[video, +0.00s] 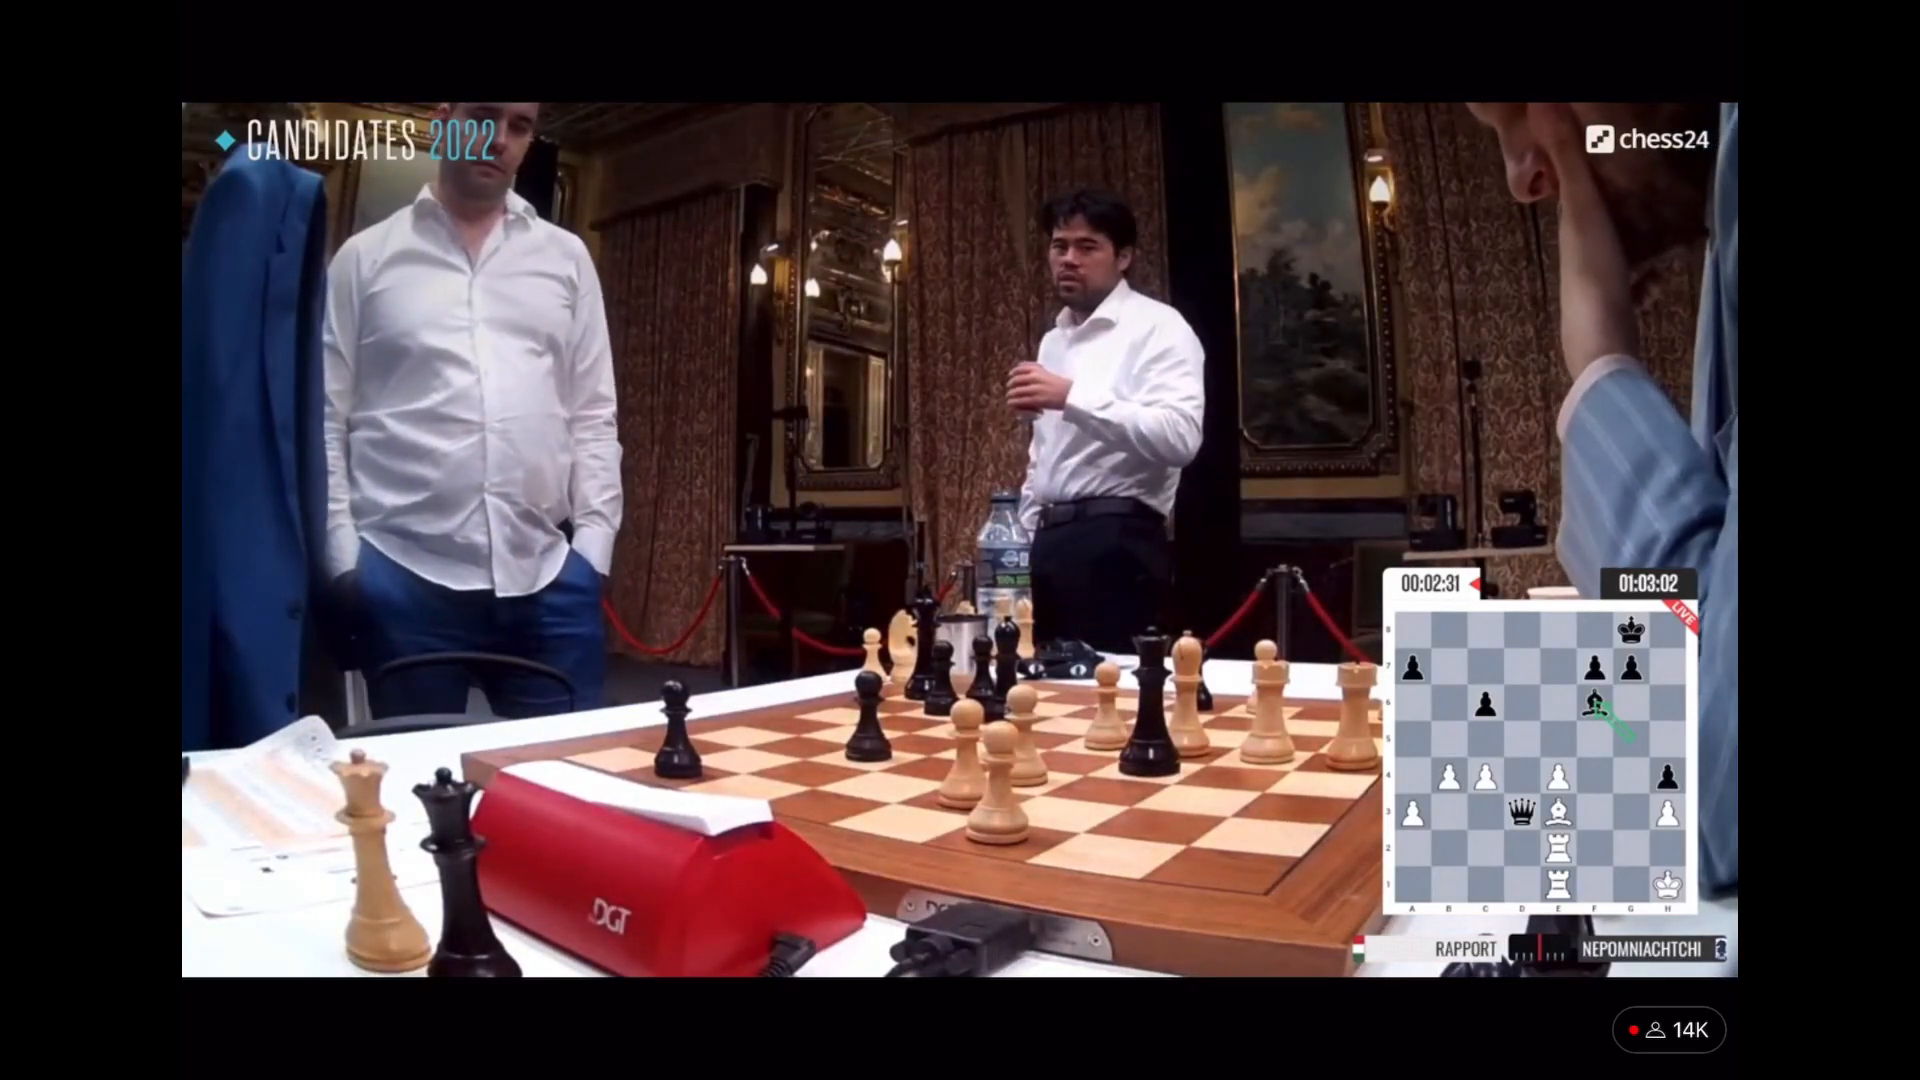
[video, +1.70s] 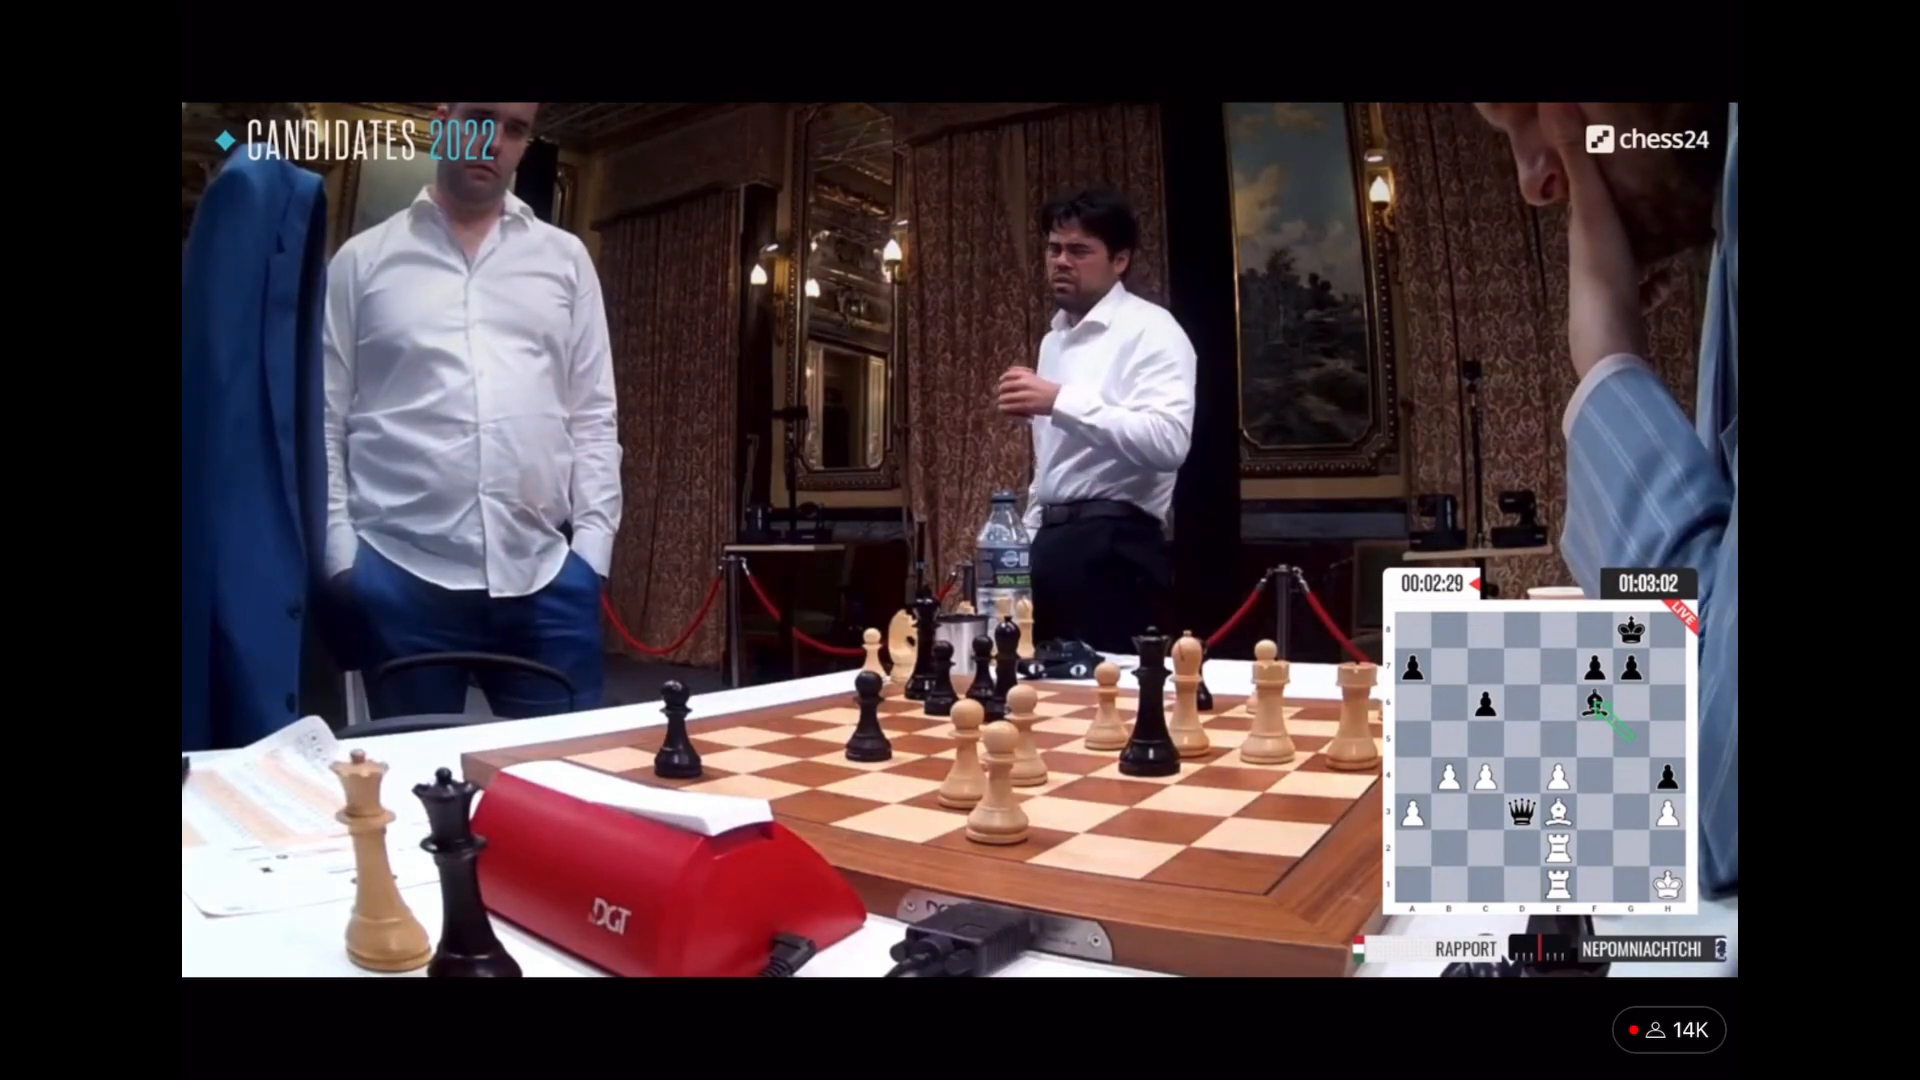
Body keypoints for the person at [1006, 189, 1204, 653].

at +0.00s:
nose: (1069, 260)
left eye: (1087, 247)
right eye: (1060, 246)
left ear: (1123, 258)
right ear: (1048, 254)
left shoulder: (1163, 329)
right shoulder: (1054, 342)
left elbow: (1179, 437)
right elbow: (1042, 452)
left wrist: (1071, 394)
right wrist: (1029, 529)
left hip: (1121, 534)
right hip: (1054, 534)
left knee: (1119, 694)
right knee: (1057, 694)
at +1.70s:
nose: (1061, 262)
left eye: (1079, 251)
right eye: (1055, 249)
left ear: (1119, 261)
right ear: (1045, 254)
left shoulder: (1155, 332)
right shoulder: (1054, 342)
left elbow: (1167, 442)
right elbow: (1051, 460)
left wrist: (1060, 400)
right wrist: (1030, 529)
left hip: (1118, 537)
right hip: (1055, 534)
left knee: (1118, 696)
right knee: (1060, 696)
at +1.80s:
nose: (1039, 264)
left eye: (1056, 251)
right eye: (1035, 250)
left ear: (1100, 262)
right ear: (1028, 254)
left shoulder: (1138, 332)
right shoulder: (1046, 338)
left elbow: (1148, 443)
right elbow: (1056, 445)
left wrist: (1039, 403)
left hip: (1105, 535)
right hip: (1050, 531)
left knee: (1103, 695)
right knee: (1055, 692)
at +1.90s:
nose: (1016, 266)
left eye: (1031, 253)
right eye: (1014, 254)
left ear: (1077, 261)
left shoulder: (1119, 333)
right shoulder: (1035, 338)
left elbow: (1125, 442)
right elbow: (1051, 445)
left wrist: (1018, 406)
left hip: (1092, 539)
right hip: (1040, 532)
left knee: (1092, 695)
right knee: (1044, 693)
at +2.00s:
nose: (979, 275)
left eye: (993, 261)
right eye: (979, 264)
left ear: (1041, 266)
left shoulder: (1083, 336)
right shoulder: (1017, 345)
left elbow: (1082, 444)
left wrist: (981, 409)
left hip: (1069, 546)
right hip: (1022, 540)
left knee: (1085, 699)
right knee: (1030, 697)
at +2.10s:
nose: (953, 283)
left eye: (965, 269)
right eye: (954, 271)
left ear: (1011, 273)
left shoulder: (1055, 342)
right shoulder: (999, 349)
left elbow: (1044, 446)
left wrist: (951, 412)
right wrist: (948, 415)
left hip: (1045, 546)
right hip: (1002, 539)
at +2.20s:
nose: (926, 289)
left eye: (936, 275)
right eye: (926, 278)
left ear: (981, 276)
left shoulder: (1021, 344)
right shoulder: (976, 348)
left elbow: (1009, 449)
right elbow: (979, 447)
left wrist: (920, 414)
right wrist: (917, 418)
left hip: (1007, 544)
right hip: (972, 537)